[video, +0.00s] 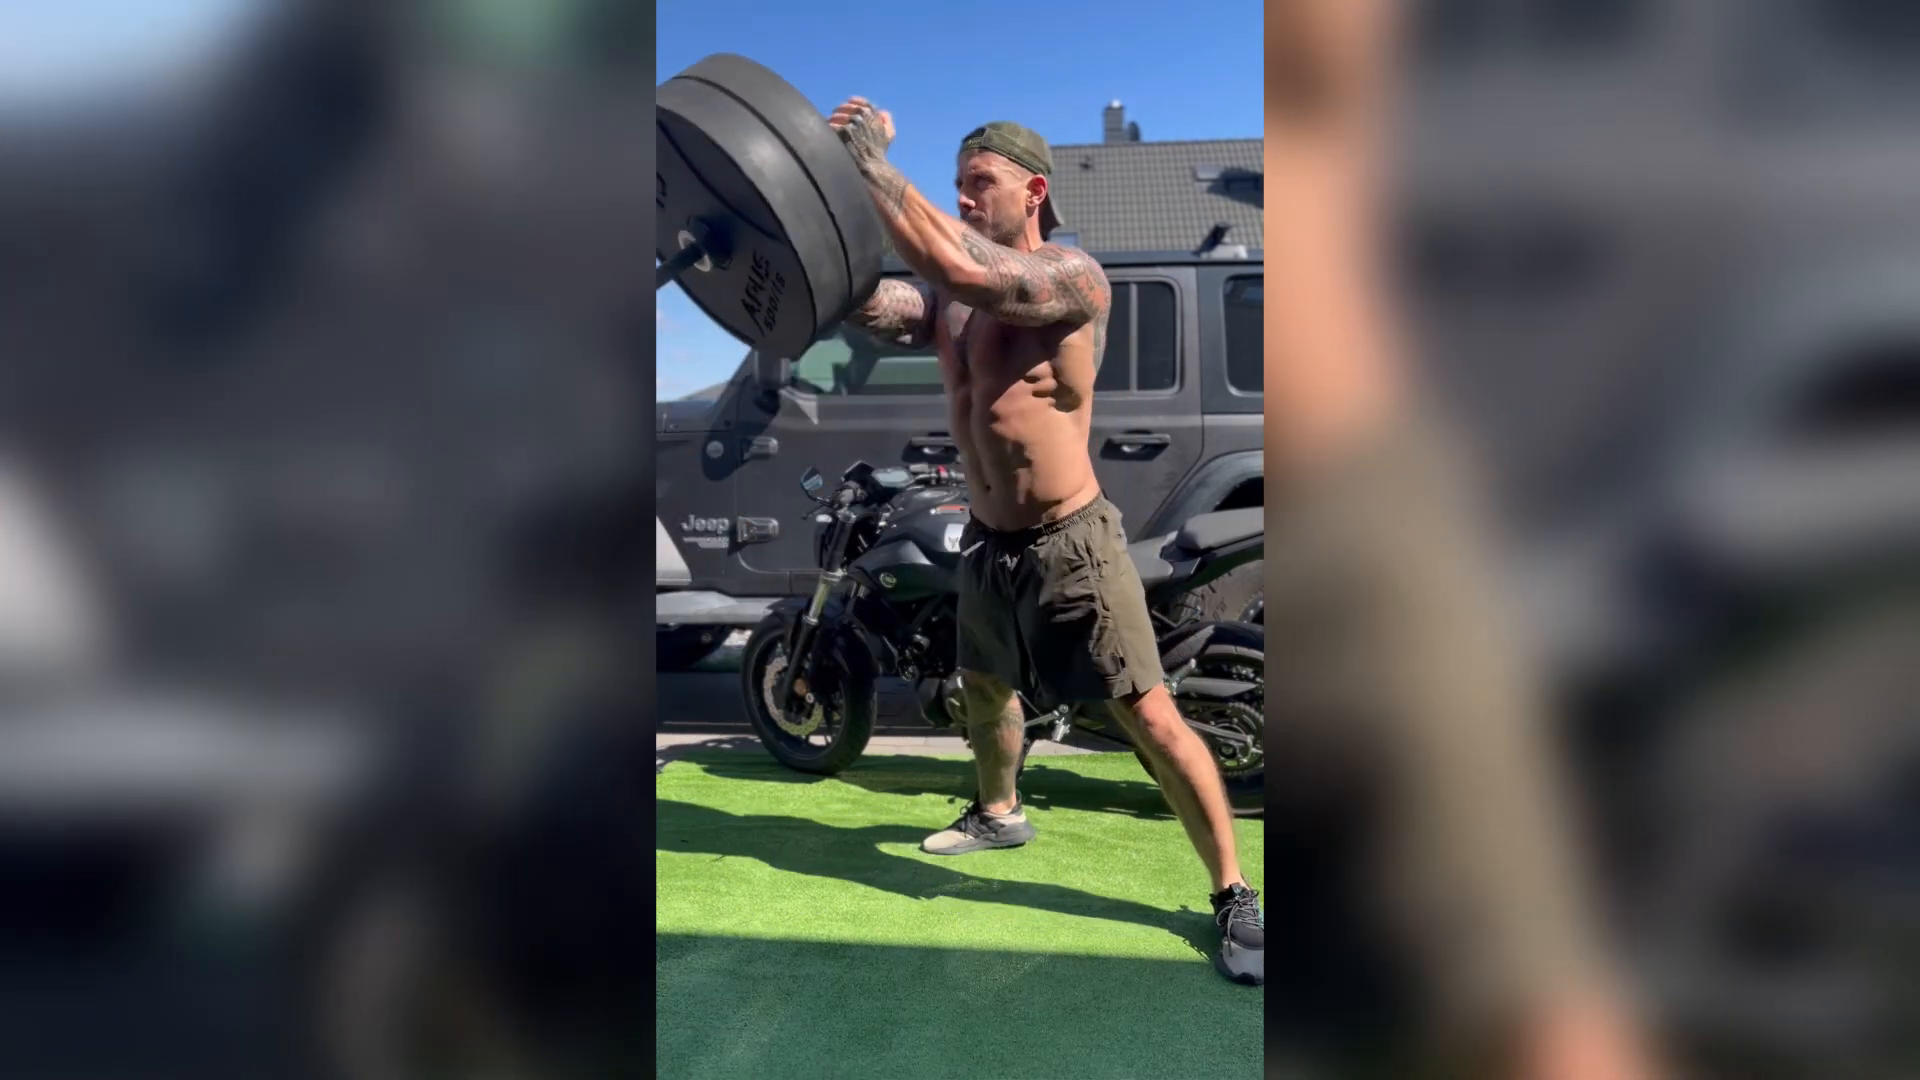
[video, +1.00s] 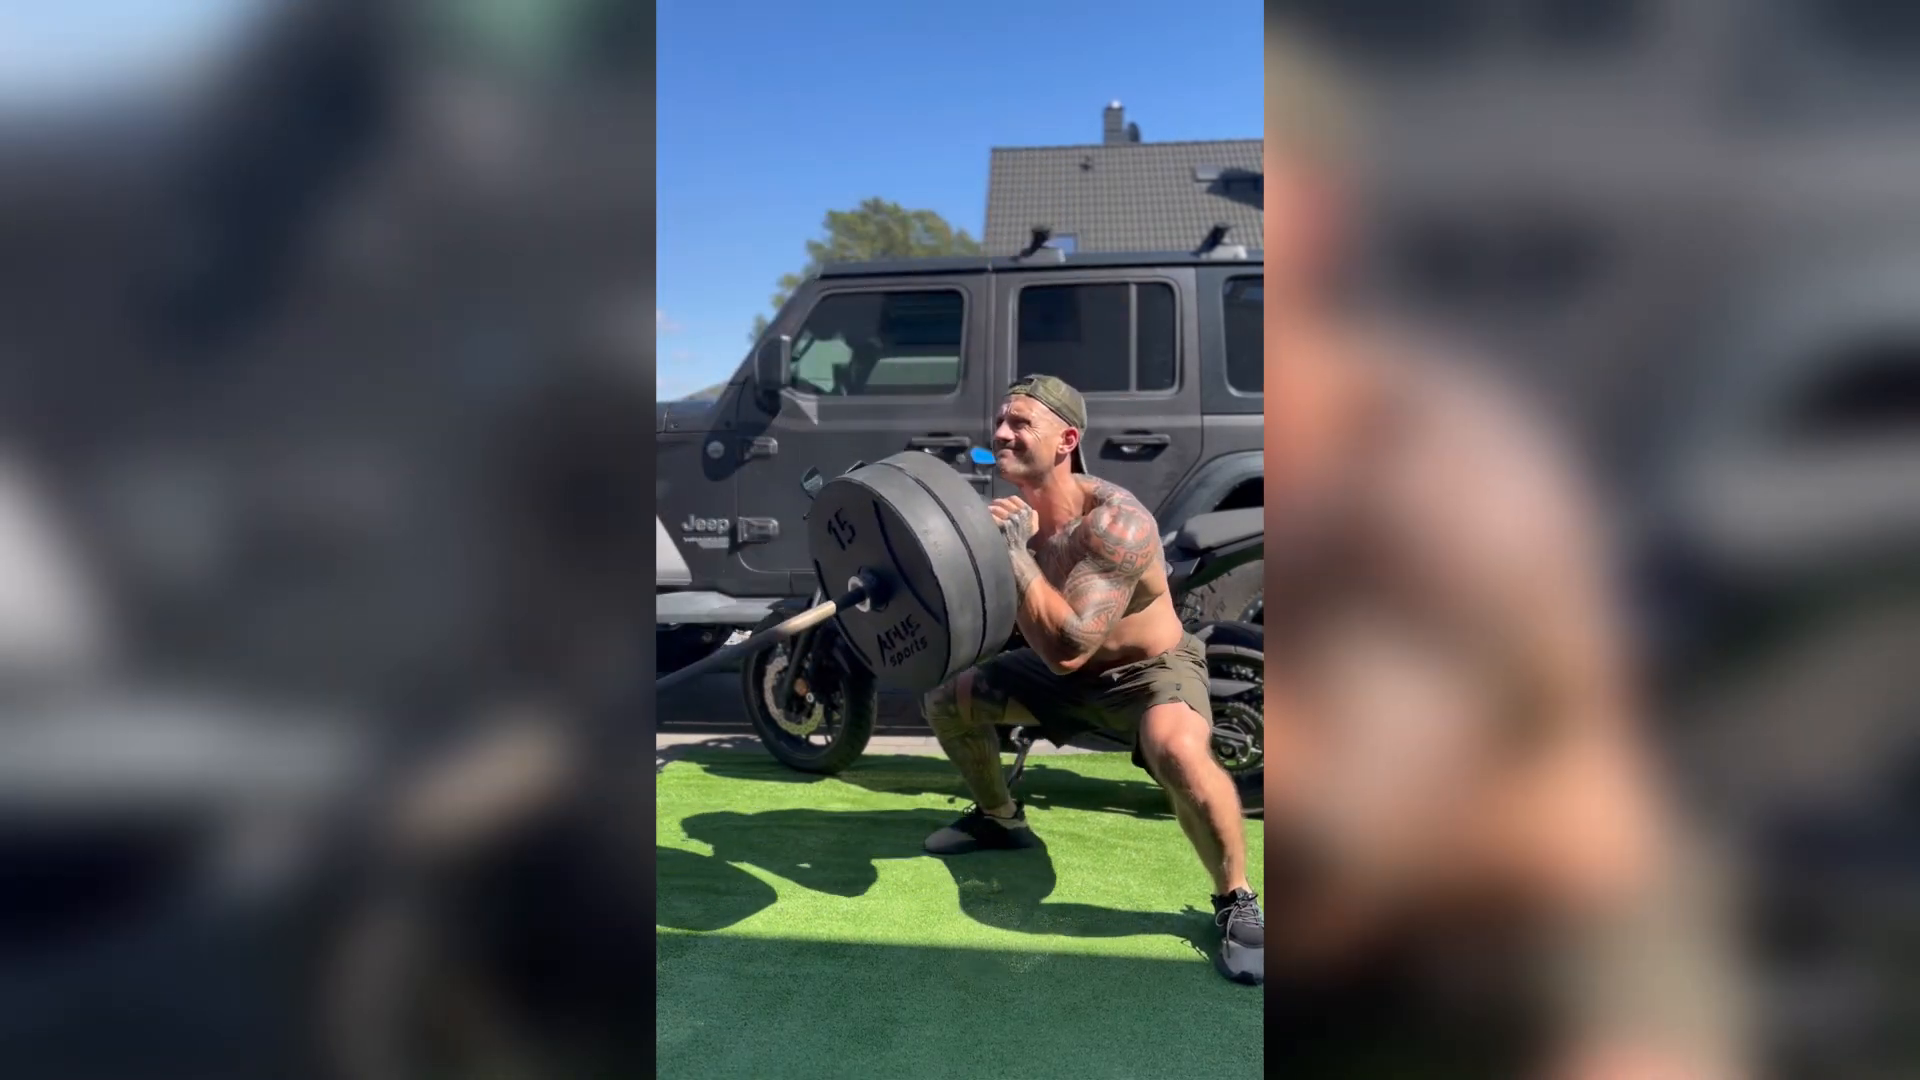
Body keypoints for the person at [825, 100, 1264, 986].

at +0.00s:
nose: (963, 197)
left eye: (981, 181)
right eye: (957, 184)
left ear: (1036, 191)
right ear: (960, 195)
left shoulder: (1076, 275)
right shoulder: (947, 292)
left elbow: (971, 273)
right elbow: (859, 303)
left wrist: (874, 169)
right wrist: (788, 223)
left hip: (1074, 536)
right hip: (987, 544)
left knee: (1149, 717)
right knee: (986, 691)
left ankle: (1233, 892)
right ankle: (998, 814)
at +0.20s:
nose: (911, 221)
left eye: (926, 204)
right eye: (906, 207)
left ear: (968, 210)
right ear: (909, 217)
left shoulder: (1017, 279)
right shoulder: (901, 289)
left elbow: (912, 196)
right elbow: (825, 213)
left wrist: (809, 59)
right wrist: (775, 78)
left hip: (1093, 541)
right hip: (1007, 553)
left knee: (1160, 719)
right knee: (991, 698)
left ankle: (1233, 895)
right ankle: (1002, 815)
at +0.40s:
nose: (937, 206)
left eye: (953, 196)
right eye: (932, 197)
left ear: (1001, 212)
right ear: (933, 217)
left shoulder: (1046, 281)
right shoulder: (924, 303)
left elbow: (946, 239)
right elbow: (841, 255)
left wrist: (843, 112)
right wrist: (773, 160)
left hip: (1098, 548)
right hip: (1012, 558)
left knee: (1163, 728)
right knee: (985, 691)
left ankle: (1235, 894)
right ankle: (1001, 815)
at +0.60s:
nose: (990, 216)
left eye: (1009, 204)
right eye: (987, 205)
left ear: (1058, 223)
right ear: (986, 227)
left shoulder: (1099, 308)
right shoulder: (971, 321)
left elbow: (1008, 352)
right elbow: (916, 381)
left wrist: (928, 262)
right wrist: (840, 328)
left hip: (1101, 557)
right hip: (1013, 558)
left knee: (1158, 731)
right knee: (968, 694)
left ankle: (1235, 897)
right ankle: (1002, 819)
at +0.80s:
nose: (997, 330)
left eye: (1016, 321)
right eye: (997, 320)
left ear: (1062, 340)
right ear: (993, 335)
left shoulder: (1109, 425)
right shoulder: (998, 419)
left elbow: (1041, 530)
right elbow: (958, 517)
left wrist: (985, 440)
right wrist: (933, 437)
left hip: (1136, 615)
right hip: (1050, 617)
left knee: (1172, 747)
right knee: (944, 700)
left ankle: (1238, 900)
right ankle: (995, 815)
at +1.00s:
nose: (1002, 433)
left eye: (1020, 423)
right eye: (1000, 421)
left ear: (1066, 441)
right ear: (994, 432)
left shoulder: (1120, 522)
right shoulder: (999, 513)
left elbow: (1070, 648)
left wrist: (1014, 553)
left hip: (1153, 669)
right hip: (1061, 669)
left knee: (1176, 748)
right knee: (948, 703)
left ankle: (1236, 899)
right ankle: (1000, 820)